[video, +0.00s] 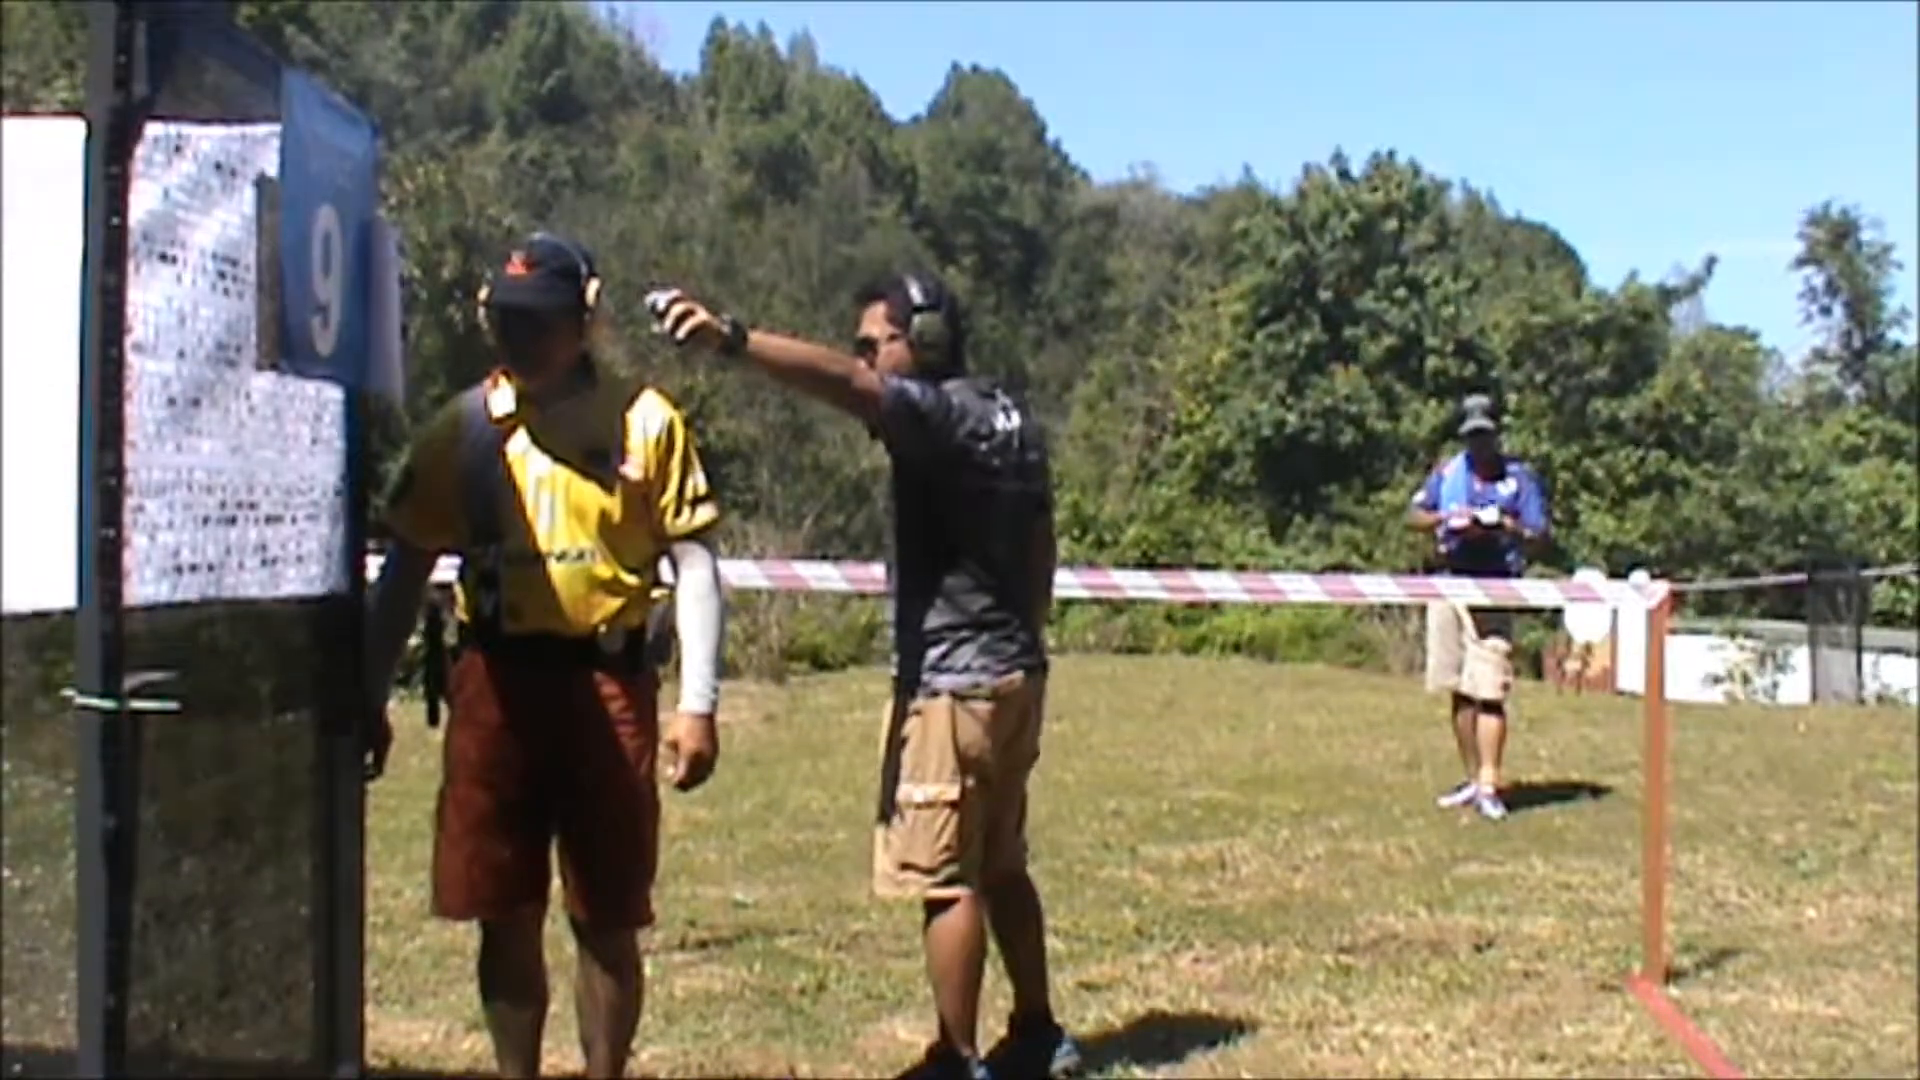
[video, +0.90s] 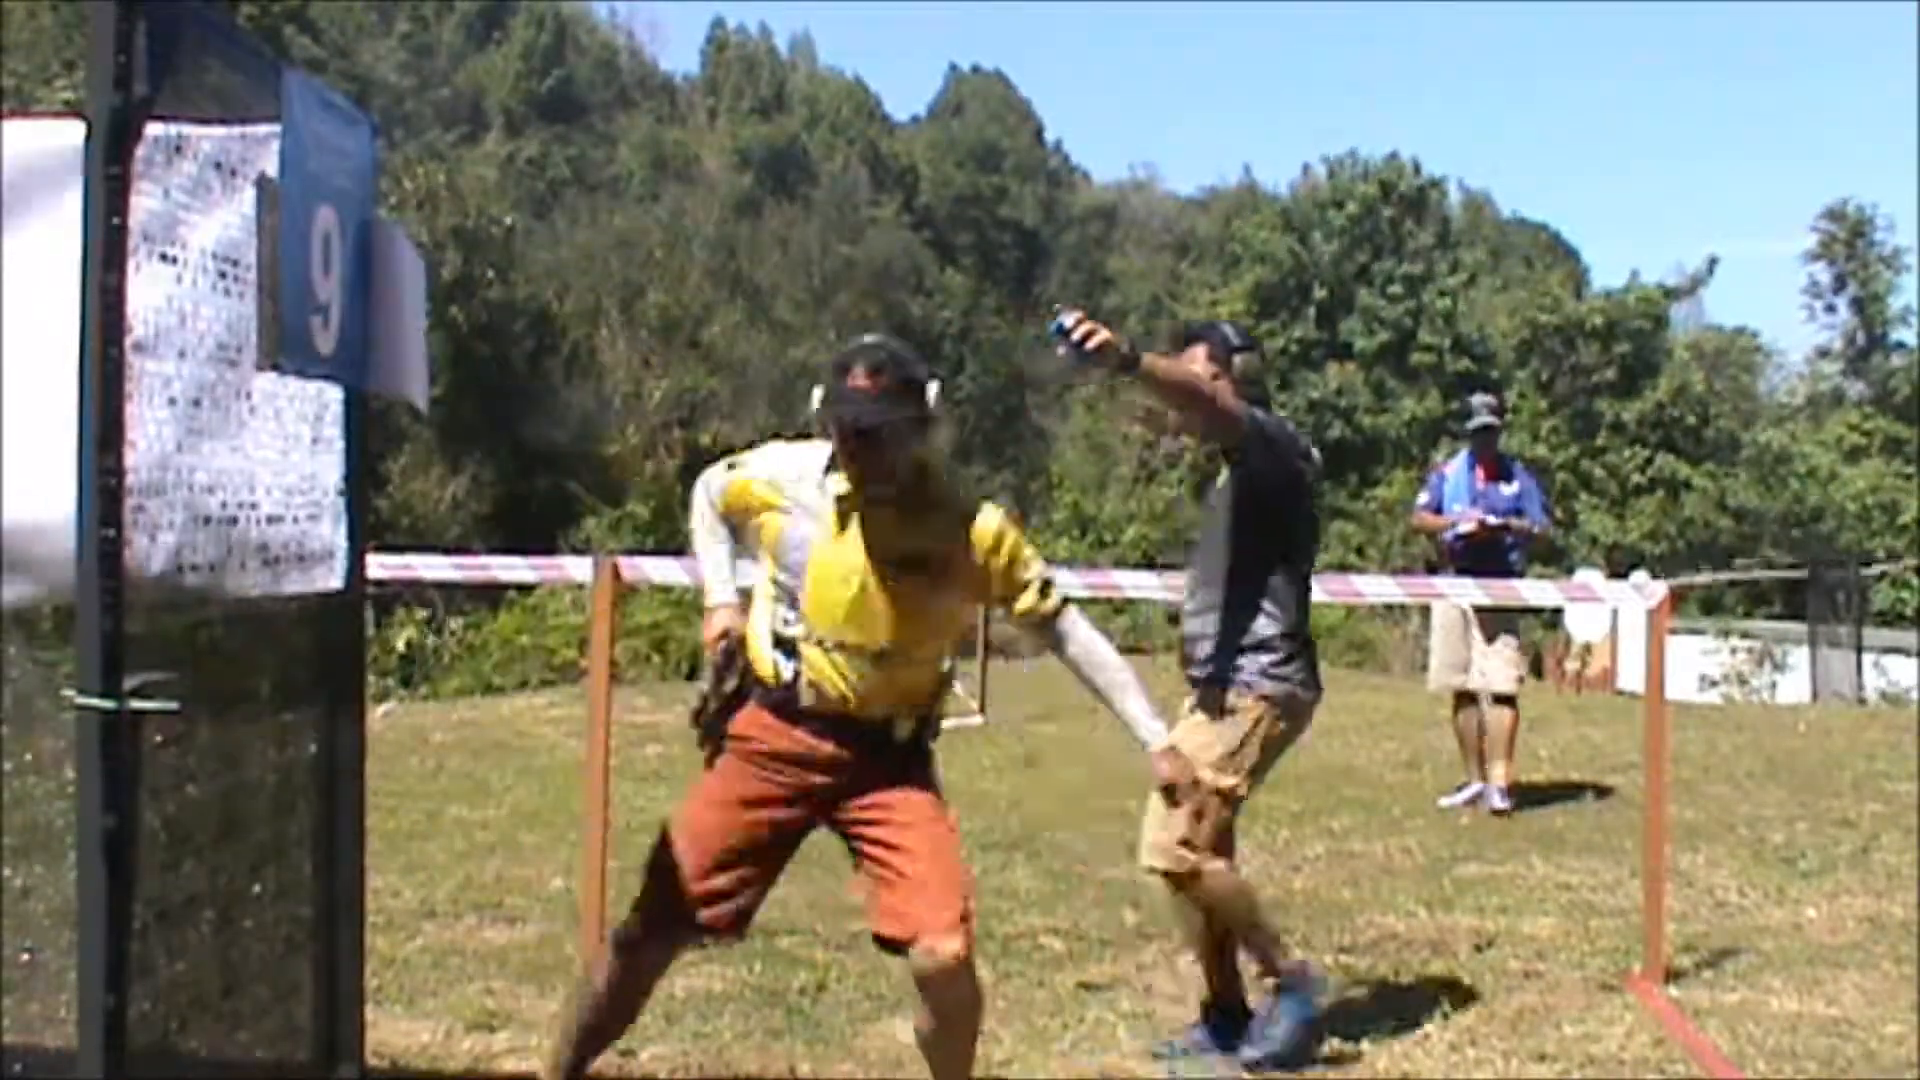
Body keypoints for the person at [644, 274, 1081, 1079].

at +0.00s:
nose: (867, 360)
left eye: (876, 344)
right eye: (864, 344)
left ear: (921, 340)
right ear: (947, 342)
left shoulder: (932, 410)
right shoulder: (1013, 418)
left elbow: (852, 382)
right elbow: (1040, 549)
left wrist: (732, 338)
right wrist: (1024, 641)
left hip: (955, 677)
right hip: (1015, 670)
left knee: (945, 876)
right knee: (1002, 868)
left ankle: (953, 1054)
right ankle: (1036, 1027)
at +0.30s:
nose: (903, 373)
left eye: (913, 357)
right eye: (902, 357)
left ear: (954, 355)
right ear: (985, 355)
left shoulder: (982, 419)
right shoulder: (1048, 425)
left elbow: (893, 388)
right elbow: (1069, 550)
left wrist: (784, 352)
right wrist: (1040, 634)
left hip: (996, 676)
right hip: (1046, 672)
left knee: (935, 864)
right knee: (1031, 845)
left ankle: (950, 1050)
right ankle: (1123, 1004)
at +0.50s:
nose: (982, 396)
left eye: (994, 384)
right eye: (981, 383)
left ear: (1036, 386)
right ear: (1062, 390)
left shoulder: (1056, 445)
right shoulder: (1113, 461)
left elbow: (977, 409)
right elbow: (1084, 586)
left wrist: (882, 365)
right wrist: (1006, 618)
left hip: (1050, 696)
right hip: (1099, 695)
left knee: (948, 868)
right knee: (1071, 856)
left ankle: (952, 1052)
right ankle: (1198, 990)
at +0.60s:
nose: (1051, 414)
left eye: (1062, 397)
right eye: (1047, 399)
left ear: (1101, 392)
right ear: (1121, 397)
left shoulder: (1130, 459)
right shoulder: (1168, 469)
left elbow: (1055, 425)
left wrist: (963, 379)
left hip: (1110, 700)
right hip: (1155, 702)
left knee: (1015, 867)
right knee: (1122, 876)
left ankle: (957, 1041)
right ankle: (1226, 1012)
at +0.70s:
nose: (1096, 410)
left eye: (1105, 397)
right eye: (1093, 398)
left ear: (1143, 395)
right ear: (1151, 398)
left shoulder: (1174, 459)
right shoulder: (1201, 469)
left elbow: (1104, 418)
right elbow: (1180, 607)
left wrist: (1018, 378)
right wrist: (1109, 670)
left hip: (1155, 700)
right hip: (1193, 701)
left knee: (1053, 860)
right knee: (1147, 878)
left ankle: (1008, 1035)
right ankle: (1226, 1014)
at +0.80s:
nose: (1145, 386)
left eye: (1152, 373)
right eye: (1144, 375)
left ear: (1189, 376)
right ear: (1198, 380)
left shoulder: (1239, 451)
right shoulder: (1231, 460)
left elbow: (1168, 409)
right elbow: (1223, 582)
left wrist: (1088, 368)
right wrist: (1165, 659)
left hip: (1218, 685)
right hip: (1216, 683)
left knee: (1114, 838)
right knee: (1173, 856)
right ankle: (1227, 1013)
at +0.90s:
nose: (1180, 390)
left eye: (1190, 375)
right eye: (1178, 377)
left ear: (1228, 373)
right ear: (1210, 376)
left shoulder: (1277, 450)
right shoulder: (1234, 464)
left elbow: (1206, 399)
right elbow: (1242, 580)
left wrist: (1126, 358)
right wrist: (1208, 665)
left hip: (1264, 681)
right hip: (1225, 679)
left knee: (1184, 846)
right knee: (1184, 850)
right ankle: (1225, 1015)